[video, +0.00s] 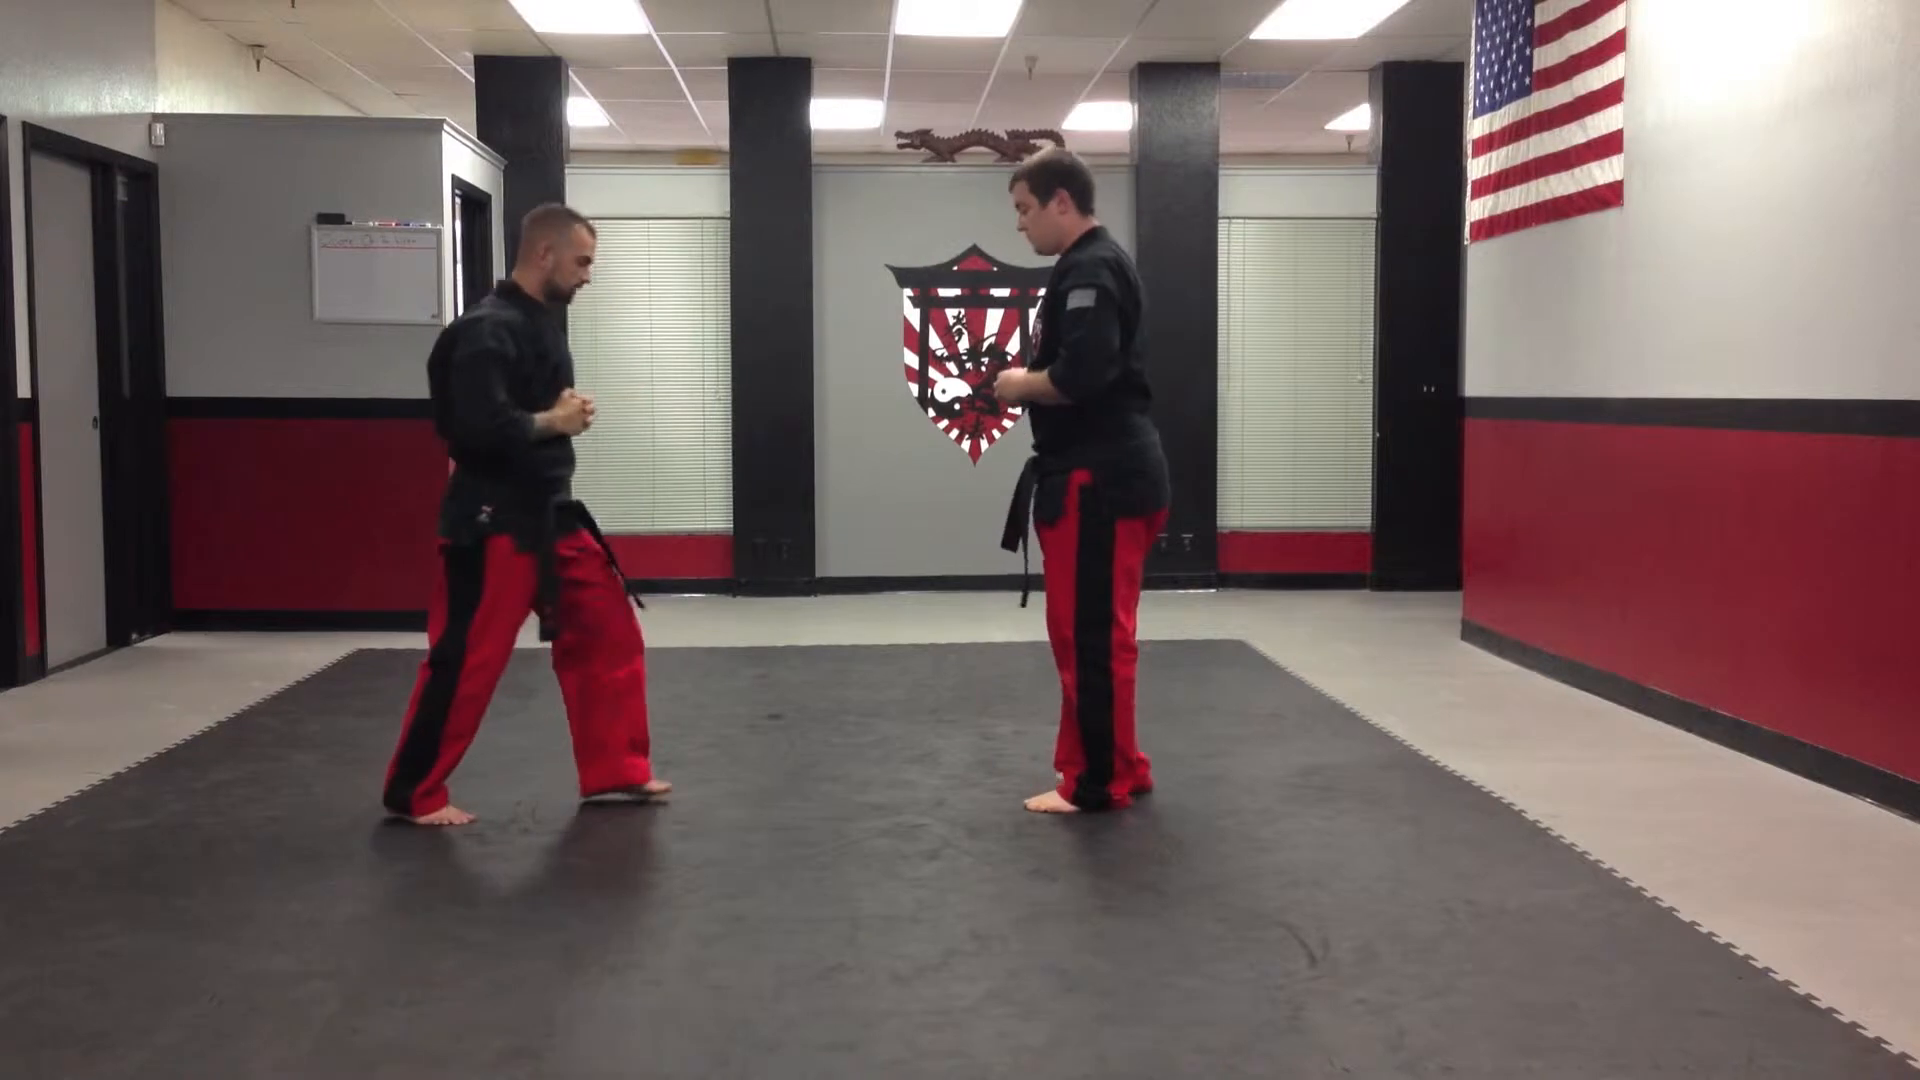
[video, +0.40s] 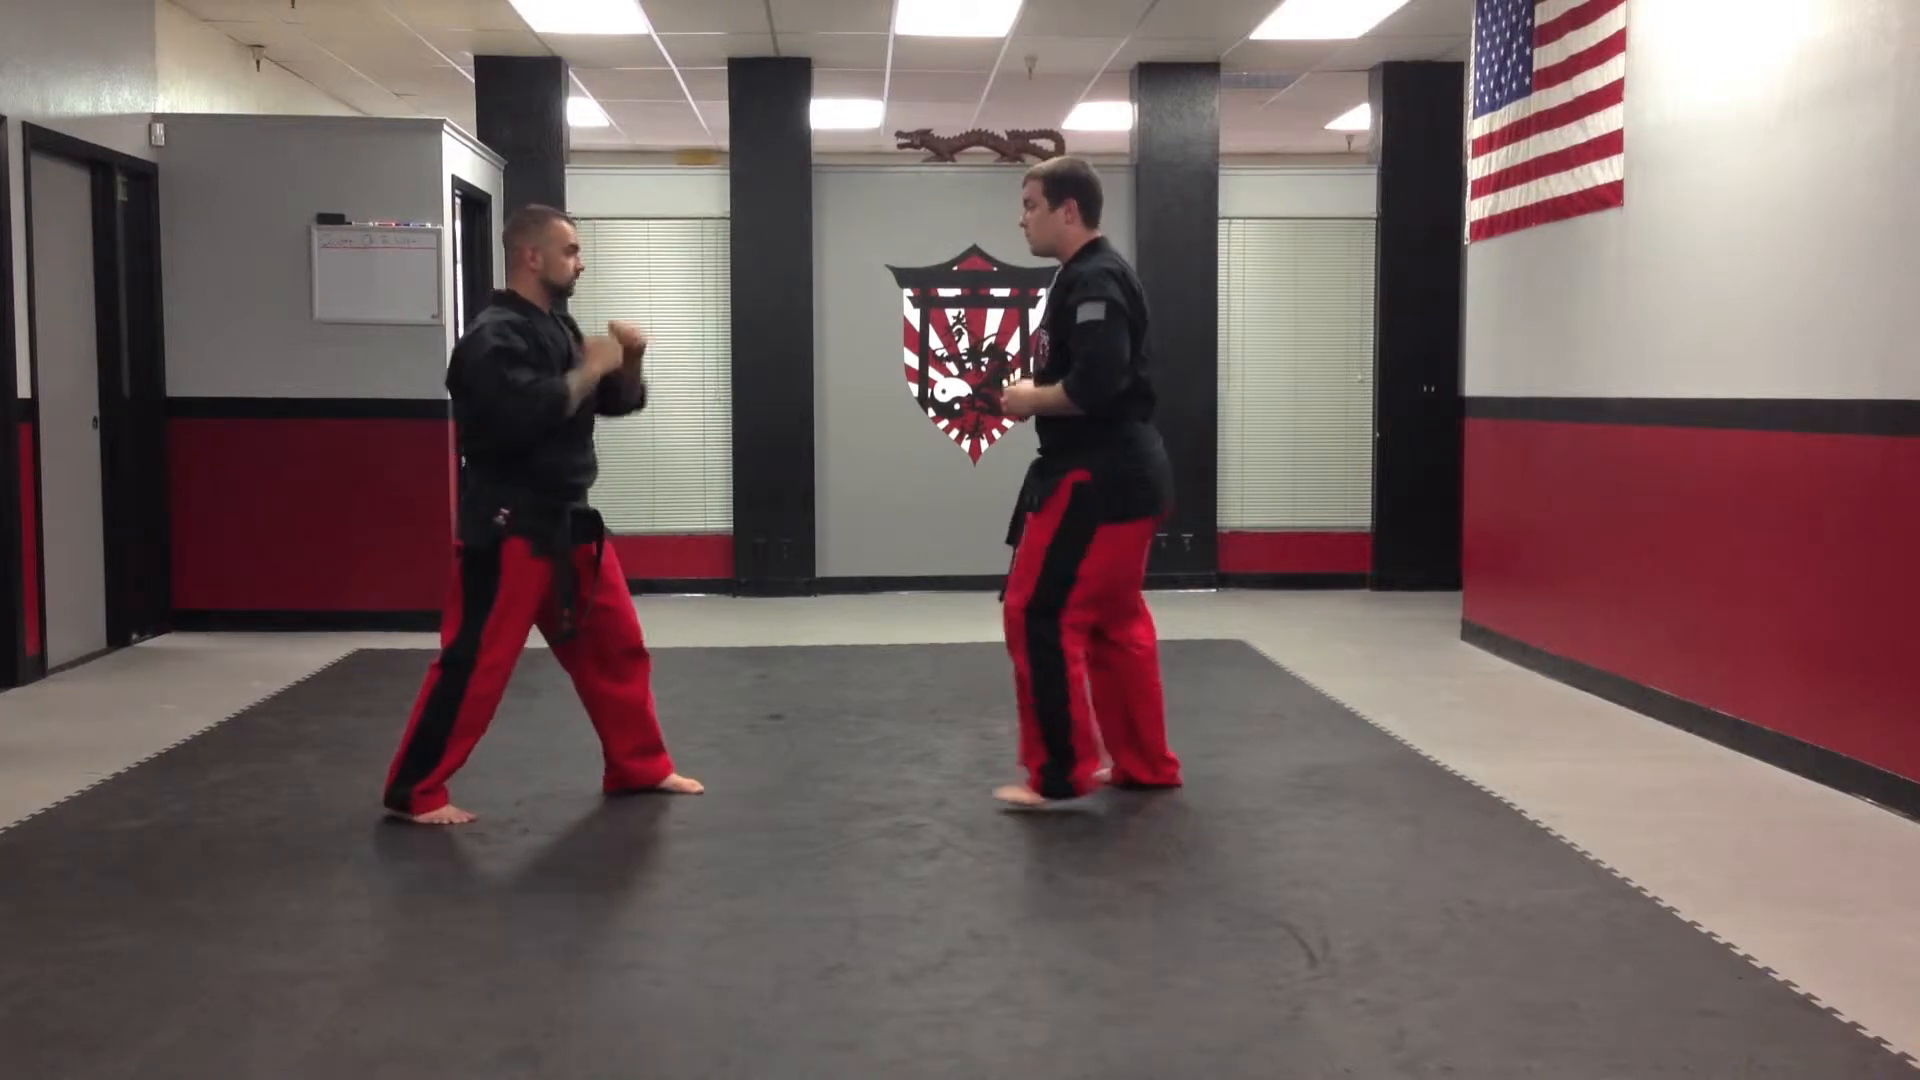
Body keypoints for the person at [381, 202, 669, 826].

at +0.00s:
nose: (587, 275)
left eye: (590, 263)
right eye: (582, 262)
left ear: (546, 258)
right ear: (542, 255)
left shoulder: (545, 326)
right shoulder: (485, 329)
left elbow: (529, 411)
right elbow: (475, 428)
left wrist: (557, 414)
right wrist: (551, 421)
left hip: (552, 511)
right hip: (493, 517)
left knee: (607, 635)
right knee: (468, 658)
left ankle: (614, 772)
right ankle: (415, 794)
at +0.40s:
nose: (579, 262)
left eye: (578, 251)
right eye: (569, 251)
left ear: (540, 258)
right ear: (530, 255)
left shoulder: (559, 329)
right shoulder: (491, 335)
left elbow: (611, 401)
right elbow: (526, 410)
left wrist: (627, 363)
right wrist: (594, 368)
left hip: (569, 518)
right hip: (506, 524)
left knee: (614, 647)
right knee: (476, 663)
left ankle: (637, 768)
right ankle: (413, 792)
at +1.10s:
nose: (616, 268)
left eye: (615, 257)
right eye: (606, 256)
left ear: (572, 265)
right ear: (565, 262)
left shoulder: (592, 335)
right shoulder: (529, 339)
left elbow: (672, 381)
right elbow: (585, 401)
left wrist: (716, 342)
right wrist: (613, 341)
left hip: (592, 520)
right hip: (527, 525)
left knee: (649, 641)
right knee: (487, 662)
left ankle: (645, 770)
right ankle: (415, 788)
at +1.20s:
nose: (633, 268)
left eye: (632, 257)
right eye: (623, 257)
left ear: (590, 265)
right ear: (583, 263)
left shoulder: (610, 335)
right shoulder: (549, 339)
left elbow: (686, 384)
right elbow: (609, 403)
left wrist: (730, 347)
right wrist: (636, 340)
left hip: (618, 519)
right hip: (558, 524)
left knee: (664, 640)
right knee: (525, 657)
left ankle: (647, 769)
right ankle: (436, 781)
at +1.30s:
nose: (656, 263)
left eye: (655, 252)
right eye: (646, 253)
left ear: (619, 259)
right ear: (609, 258)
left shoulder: (636, 331)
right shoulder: (582, 336)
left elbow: (692, 390)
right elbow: (643, 399)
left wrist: (736, 353)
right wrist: (667, 336)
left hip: (644, 511)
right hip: (592, 518)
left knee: (673, 641)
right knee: (615, 641)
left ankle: (646, 769)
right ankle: (506, 761)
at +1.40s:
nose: (684, 261)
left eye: (682, 250)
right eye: (673, 250)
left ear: (646, 260)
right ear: (635, 258)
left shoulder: (648, 326)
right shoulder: (625, 330)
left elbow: (694, 398)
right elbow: (690, 393)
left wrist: (733, 364)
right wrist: (721, 338)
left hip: (658, 501)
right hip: (625, 506)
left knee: (689, 628)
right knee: (687, 630)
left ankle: (658, 760)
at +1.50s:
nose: (715, 261)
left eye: (713, 249)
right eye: (704, 250)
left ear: (665, 260)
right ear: (667, 257)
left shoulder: (633, 330)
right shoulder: (675, 331)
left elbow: (611, 430)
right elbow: (751, 362)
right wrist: (798, 315)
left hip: (636, 511)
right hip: (672, 510)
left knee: (679, 636)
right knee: (743, 619)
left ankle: (649, 765)